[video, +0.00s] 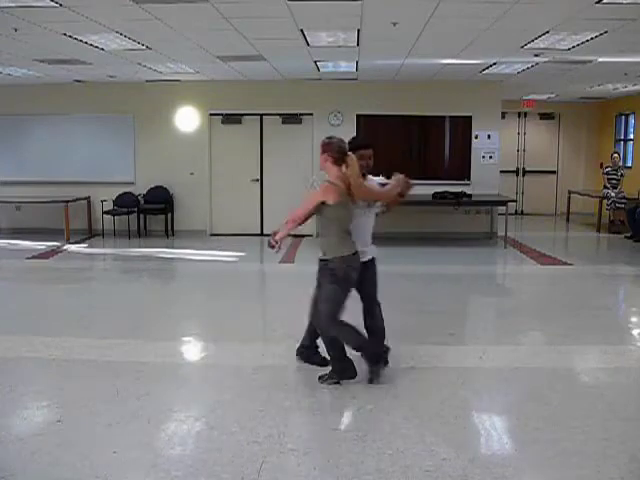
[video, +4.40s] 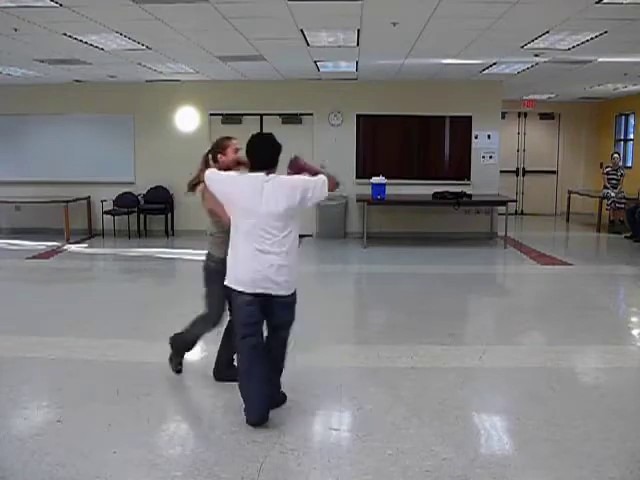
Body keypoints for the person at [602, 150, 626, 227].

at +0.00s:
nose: (615, 160)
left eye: (616, 158)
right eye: (613, 158)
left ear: (619, 159)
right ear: (611, 160)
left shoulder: (621, 170)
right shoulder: (606, 169)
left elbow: (621, 183)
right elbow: (605, 182)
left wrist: (617, 190)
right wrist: (611, 189)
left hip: (617, 188)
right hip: (608, 188)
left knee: (622, 196)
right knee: (611, 196)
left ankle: (621, 216)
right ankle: (611, 216)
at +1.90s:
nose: (615, 160)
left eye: (617, 158)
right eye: (613, 158)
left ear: (619, 160)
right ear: (611, 160)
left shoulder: (621, 170)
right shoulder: (606, 169)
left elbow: (621, 183)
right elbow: (605, 182)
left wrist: (617, 190)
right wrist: (611, 190)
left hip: (617, 188)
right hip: (608, 188)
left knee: (622, 196)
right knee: (611, 196)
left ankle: (621, 217)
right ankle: (611, 216)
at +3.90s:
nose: (615, 160)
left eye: (617, 158)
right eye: (614, 158)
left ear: (619, 160)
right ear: (611, 160)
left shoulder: (621, 171)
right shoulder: (606, 169)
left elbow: (621, 183)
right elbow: (605, 182)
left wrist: (617, 190)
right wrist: (611, 189)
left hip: (617, 188)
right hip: (608, 188)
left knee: (622, 196)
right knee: (611, 196)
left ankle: (621, 217)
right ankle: (612, 217)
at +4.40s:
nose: (615, 160)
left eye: (617, 158)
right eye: (614, 158)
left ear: (619, 160)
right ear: (611, 160)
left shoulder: (621, 170)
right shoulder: (606, 169)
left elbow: (621, 183)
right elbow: (605, 182)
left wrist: (617, 191)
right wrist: (611, 190)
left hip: (617, 188)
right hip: (608, 188)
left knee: (621, 196)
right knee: (611, 196)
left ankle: (621, 218)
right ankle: (612, 218)